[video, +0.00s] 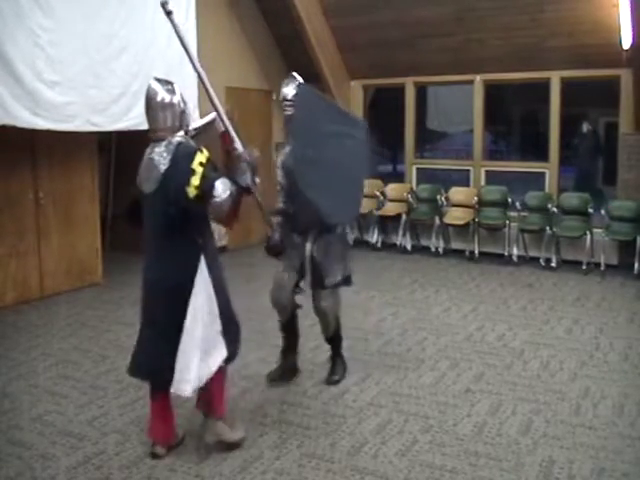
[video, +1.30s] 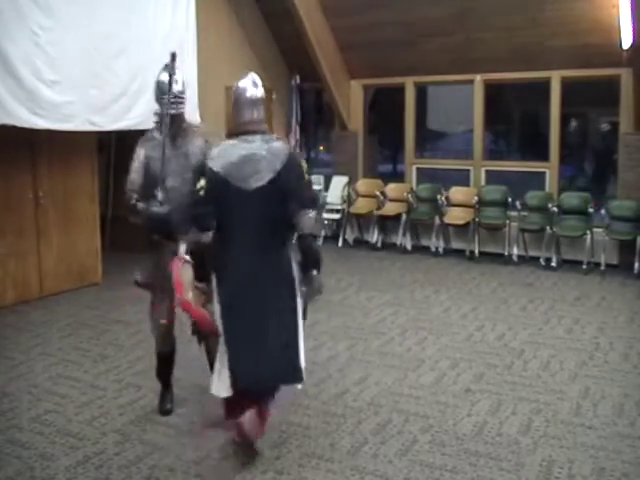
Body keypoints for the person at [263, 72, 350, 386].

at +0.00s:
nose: (288, 113)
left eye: (293, 107)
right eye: (285, 107)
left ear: (308, 111)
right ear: (282, 112)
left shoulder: (331, 150)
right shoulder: (288, 154)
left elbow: (345, 196)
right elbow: (284, 196)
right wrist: (277, 231)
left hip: (328, 232)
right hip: (295, 231)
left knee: (325, 303)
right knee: (281, 296)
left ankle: (337, 357)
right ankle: (289, 360)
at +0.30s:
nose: (256, 112)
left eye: (261, 104)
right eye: (252, 106)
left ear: (276, 108)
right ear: (253, 112)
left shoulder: (299, 151)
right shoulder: (259, 154)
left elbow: (309, 213)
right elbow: (247, 196)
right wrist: (244, 221)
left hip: (290, 243)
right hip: (259, 242)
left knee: (301, 317)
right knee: (253, 312)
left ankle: (324, 347)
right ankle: (258, 383)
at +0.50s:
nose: (239, 101)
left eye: (245, 93)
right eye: (235, 93)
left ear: (260, 96)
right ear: (229, 98)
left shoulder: (287, 139)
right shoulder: (237, 141)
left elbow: (303, 199)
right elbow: (231, 191)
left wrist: (280, 237)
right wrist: (234, 225)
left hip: (281, 236)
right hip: (250, 237)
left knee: (268, 308)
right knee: (249, 310)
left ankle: (278, 376)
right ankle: (257, 380)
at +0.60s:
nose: (234, 99)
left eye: (241, 92)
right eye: (229, 91)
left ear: (253, 97)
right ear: (218, 96)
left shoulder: (268, 139)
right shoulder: (208, 141)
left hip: (258, 239)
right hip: (213, 241)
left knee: (253, 315)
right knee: (218, 318)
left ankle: (254, 388)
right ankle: (221, 390)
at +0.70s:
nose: (239, 109)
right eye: (234, 103)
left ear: (192, 111)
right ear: (227, 112)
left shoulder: (173, 160)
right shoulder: (228, 162)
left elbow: (159, 221)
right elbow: (245, 228)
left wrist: (172, 257)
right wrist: (267, 253)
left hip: (181, 273)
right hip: (217, 277)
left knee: (198, 349)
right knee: (215, 355)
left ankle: (201, 428)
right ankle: (210, 449)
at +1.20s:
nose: (245, 119)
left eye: (237, 115)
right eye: (248, 114)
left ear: (222, 119)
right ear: (256, 117)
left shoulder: (209, 163)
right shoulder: (273, 160)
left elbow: (193, 218)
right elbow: (290, 219)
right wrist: (302, 265)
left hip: (224, 267)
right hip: (263, 267)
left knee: (233, 346)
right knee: (255, 345)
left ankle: (249, 432)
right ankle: (224, 429)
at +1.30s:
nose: (254, 118)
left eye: (245, 113)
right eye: (258, 112)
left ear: (231, 117)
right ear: (265, 116)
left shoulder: (214, 162)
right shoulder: (284, 159)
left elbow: (201, 226)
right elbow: (306, 219)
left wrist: (201, 272)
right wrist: (311, 267)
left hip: (231, 266)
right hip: (273, 266)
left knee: (238, 342)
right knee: (276, 343)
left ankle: (239, 419)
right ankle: (256, 414)